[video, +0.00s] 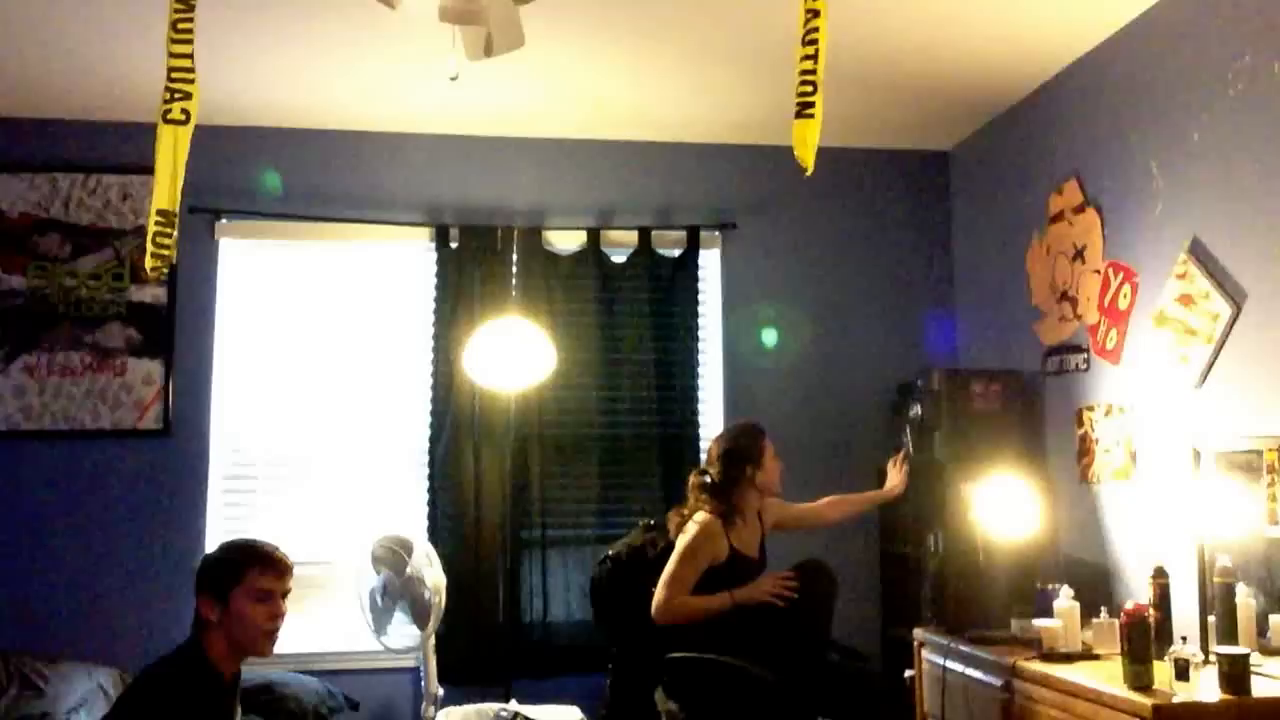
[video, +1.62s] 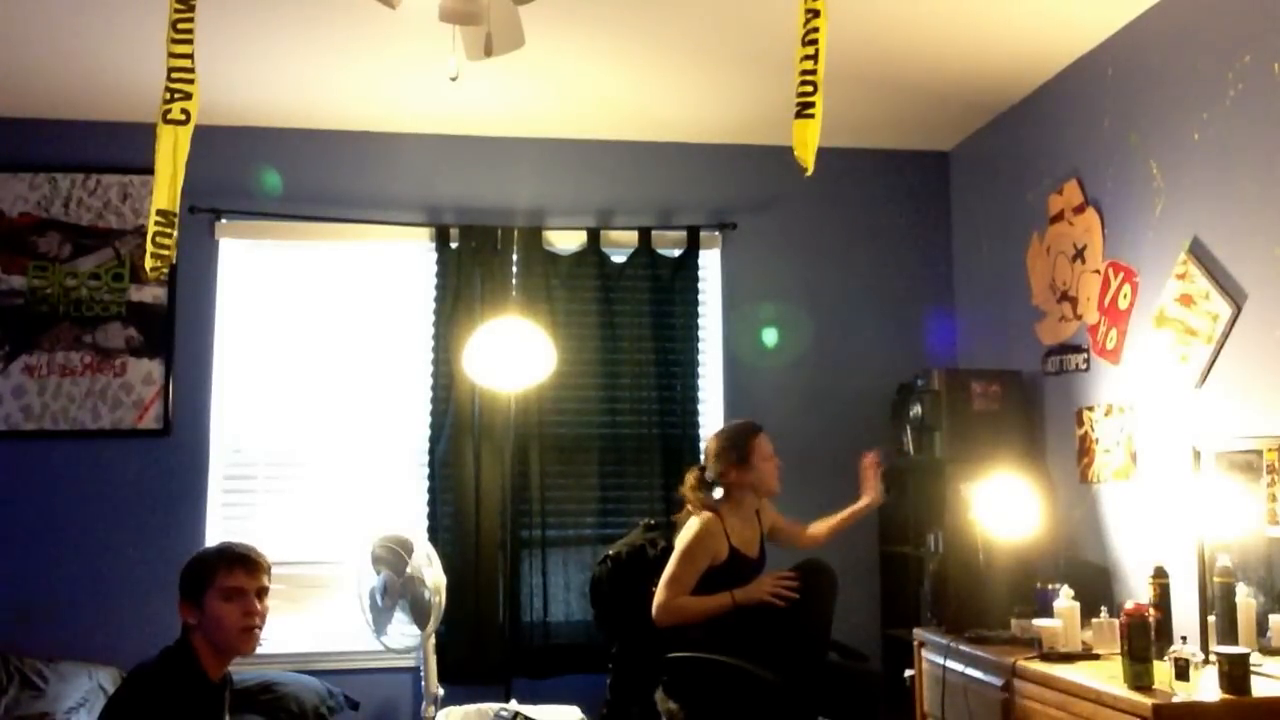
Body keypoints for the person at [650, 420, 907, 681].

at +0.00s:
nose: (781, 466)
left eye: (776, 457)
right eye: (773, 458)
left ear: (750, 473)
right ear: (751, 472)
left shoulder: (763, 512)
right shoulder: (704, 529)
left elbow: (827, 510)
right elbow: (664, 609)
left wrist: (886, 493)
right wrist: (743, 595)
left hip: (733, 639)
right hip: (693, 654)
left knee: (814, 576)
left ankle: (806, 684)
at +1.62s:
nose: (779, 464)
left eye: (774, 456)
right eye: (769, 458)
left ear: (738, 474)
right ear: (735, 474)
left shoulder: (758, 511)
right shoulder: (704, 528)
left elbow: (809, 537)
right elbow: (664, 610)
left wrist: (867, 502)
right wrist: (744, 595)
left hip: (731, 636)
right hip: (694, 651)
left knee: (816, 575)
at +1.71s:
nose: (770, 467)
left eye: (770, 458)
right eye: (757, 460)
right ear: (726, 473)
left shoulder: (756, 512)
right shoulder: (704, 526)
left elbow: (794, 558)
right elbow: (664, 610)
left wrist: (843, 524)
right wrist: (743, 595)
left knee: (817, 576)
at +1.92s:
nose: (749, 470)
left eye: (758, 462)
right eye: (738, 462)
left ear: (770, 472)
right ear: (716, 473)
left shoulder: (758, 516)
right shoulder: (702, 525)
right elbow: (660, 609)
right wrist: (741, 595)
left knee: (815, 575)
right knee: (812, 577)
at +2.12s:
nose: (747, 474)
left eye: (757, 466)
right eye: (736, 465)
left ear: (770, 477)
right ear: (717, 475)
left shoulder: (755, 529)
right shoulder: (700, 525)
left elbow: (766, 605)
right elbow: (659, 612)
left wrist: (795, 664)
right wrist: (738, 596)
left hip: (742, 648)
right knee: (811, 574)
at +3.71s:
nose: (745, 491)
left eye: (756, 480)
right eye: (735, 480)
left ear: (772, 484)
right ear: (719, 479)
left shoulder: (757, 528)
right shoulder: (700, 528)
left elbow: (768, 603)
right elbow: (662, 616)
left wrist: (797, 665)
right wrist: (740, 597)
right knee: (812, 576)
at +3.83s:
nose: (746, 491)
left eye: (757, 480)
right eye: (736, 480)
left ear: (772, 484)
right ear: (719, 479)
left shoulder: (757, 526)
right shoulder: (700, 528)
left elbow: (768, 601)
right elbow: (662, 614)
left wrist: (796, 665)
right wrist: (739, 597)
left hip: (748, 640)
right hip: (707, 648)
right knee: (812, 575)